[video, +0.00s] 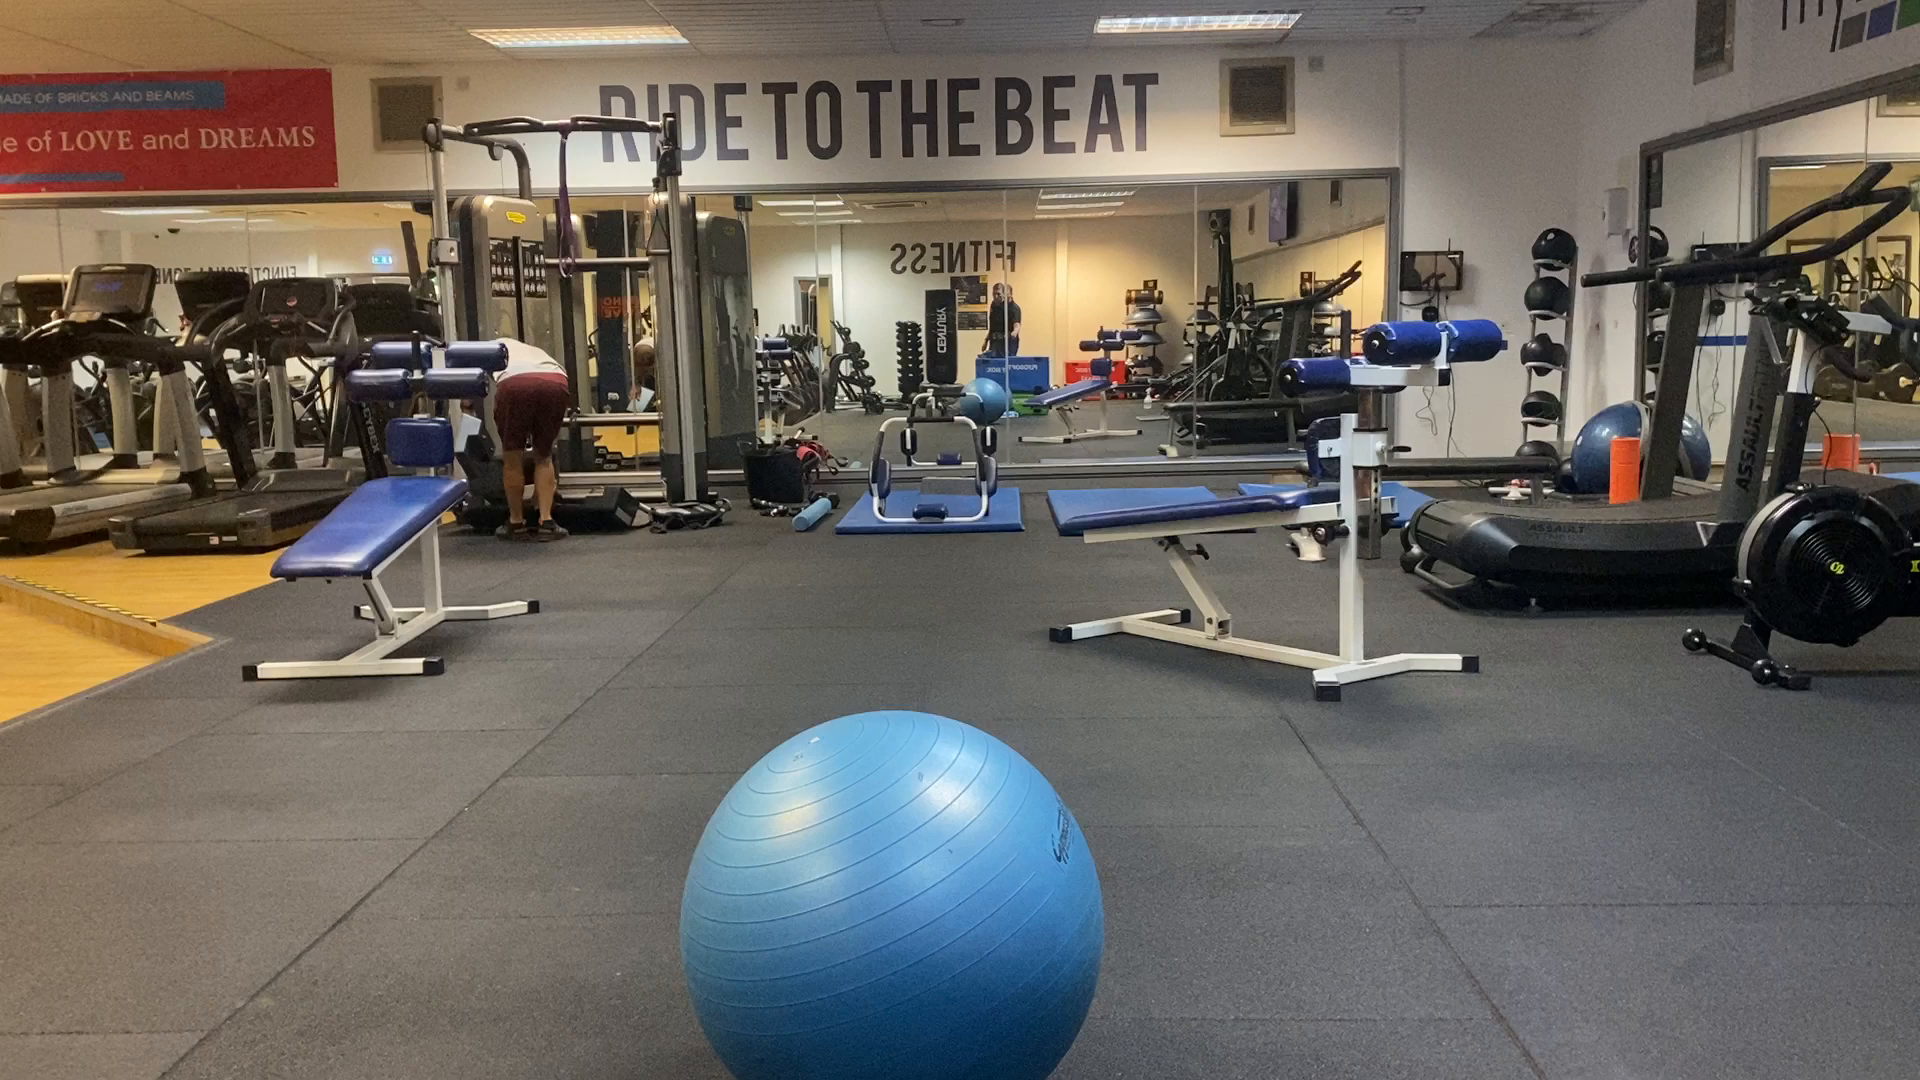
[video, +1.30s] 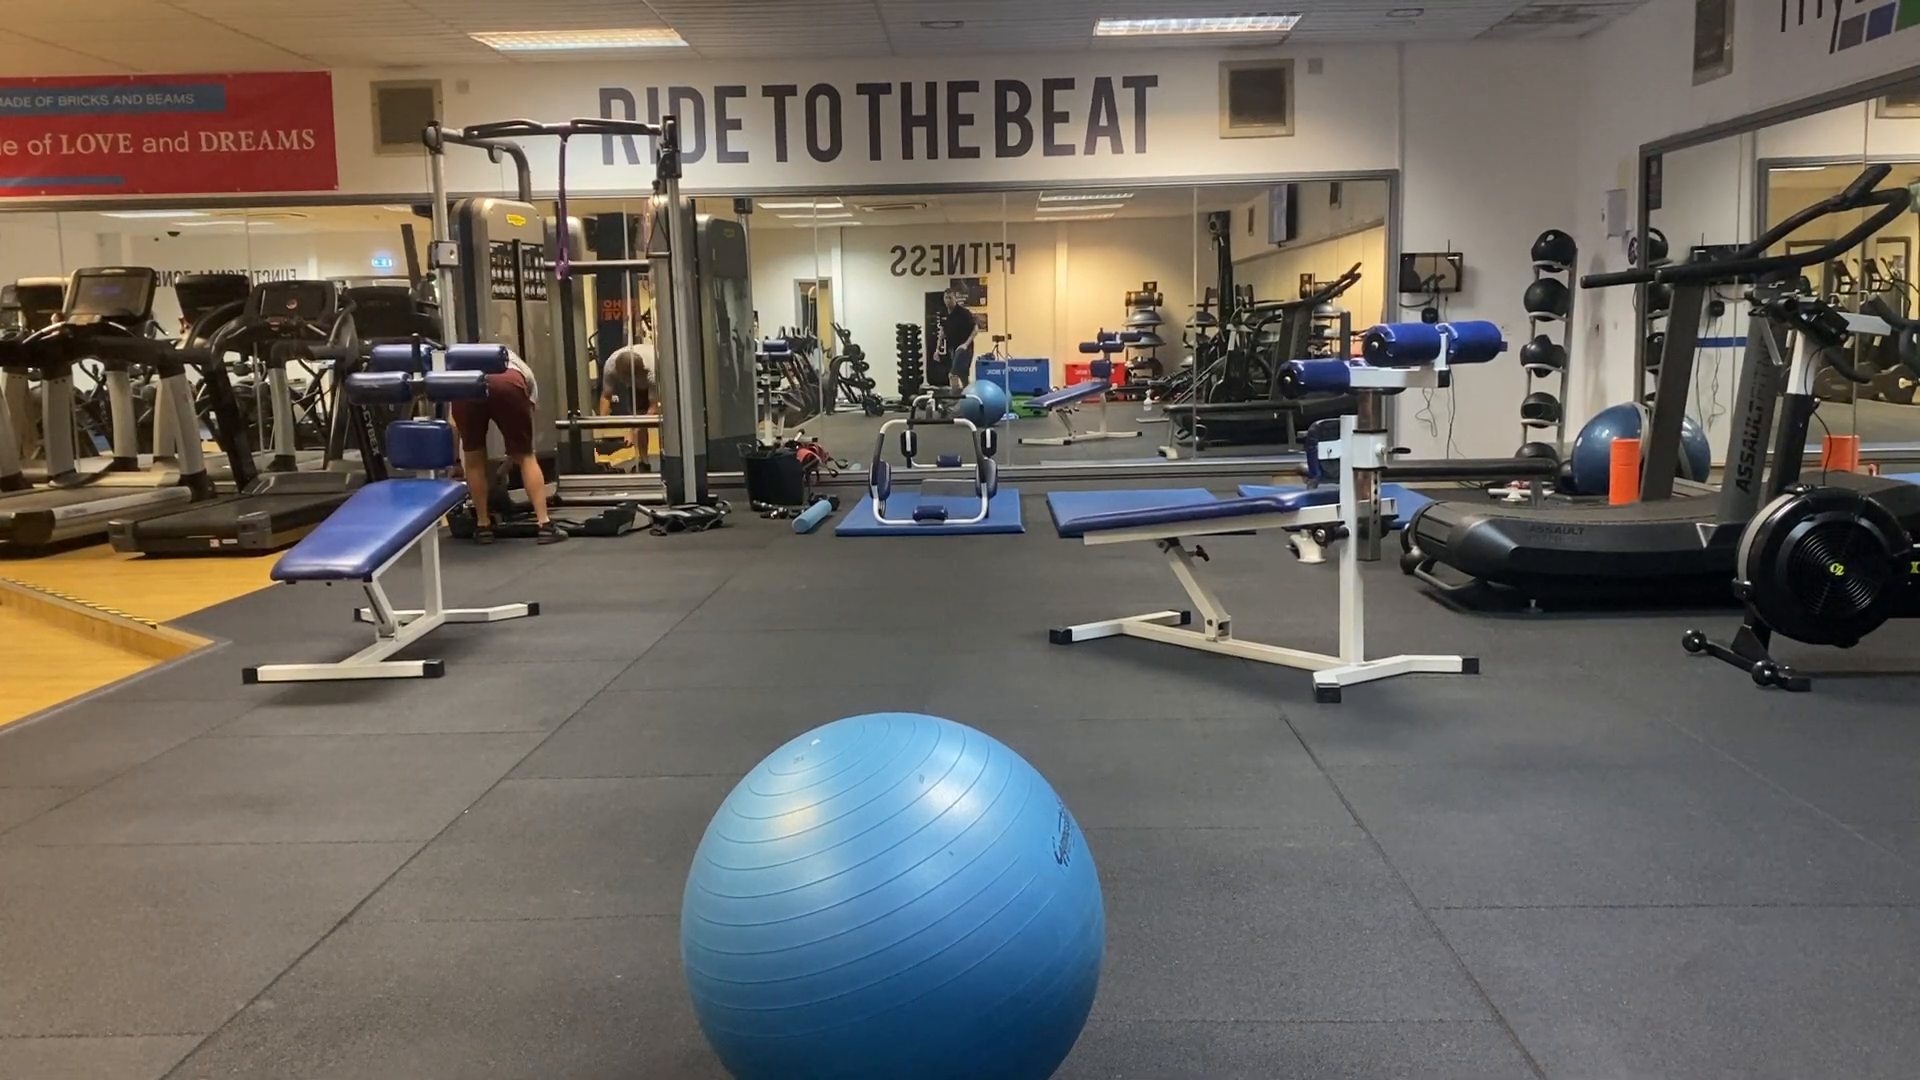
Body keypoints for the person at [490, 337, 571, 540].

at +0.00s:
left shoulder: (491, 348)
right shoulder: (539, 354)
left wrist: (467, 397)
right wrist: (536, 498)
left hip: (515, 387)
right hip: (556, 386)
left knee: (512, 461)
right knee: (544, 457)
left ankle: (516, 523)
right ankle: (546, 521)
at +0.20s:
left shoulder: (494, 347)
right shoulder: (543, 349)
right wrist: (542, 473)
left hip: (519, 386)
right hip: (559, 384)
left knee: (517, 460)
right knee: (549, 456)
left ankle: (517, 523)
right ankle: (547, 523)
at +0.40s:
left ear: (496, 333)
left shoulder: (493, 335)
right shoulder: (547, 338)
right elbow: (569, 409)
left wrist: (486, 406)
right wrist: (546, 454)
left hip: (519, 386)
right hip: (560, 383)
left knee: (517, 461)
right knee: (552, 458)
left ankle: (517, 523)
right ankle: (547, 523)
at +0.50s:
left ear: (504, 327)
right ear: (532, 326)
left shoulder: (495, 331)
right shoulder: (551, 337)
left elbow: (469, 365)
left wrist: (481, 401)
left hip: (517, 385)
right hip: (558, 384)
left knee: (515, 458)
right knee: (552, 458)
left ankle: (516, 523)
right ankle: (547, 523)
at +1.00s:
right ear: (533, 339)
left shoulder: (485, 339)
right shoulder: (547, 353)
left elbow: (461, 384)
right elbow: (550, 407)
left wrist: (465, 426)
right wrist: (542, 445)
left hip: (489, 389)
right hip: (531, 389)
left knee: (485, 460)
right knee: (541, 459)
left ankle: (484, 525)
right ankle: (546, 525)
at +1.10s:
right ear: (526, 345)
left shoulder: (478, 348)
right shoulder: (539, 358)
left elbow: (456, 399)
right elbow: (540, 408)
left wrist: (460, 435)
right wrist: (529, 446)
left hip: (481, 387)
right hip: (522, 385)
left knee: (481, 462)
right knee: (537, 458)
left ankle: (483, 526)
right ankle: (545, 524)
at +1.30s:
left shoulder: (461, 370)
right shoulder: (526, 375)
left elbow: (454, 421)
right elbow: (521, 431)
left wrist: (455, 463)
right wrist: (505, 468)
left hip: (466, 389)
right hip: (507, 384)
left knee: (474, 463)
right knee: (526, 456)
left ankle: (483, 525)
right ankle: (544, 524)